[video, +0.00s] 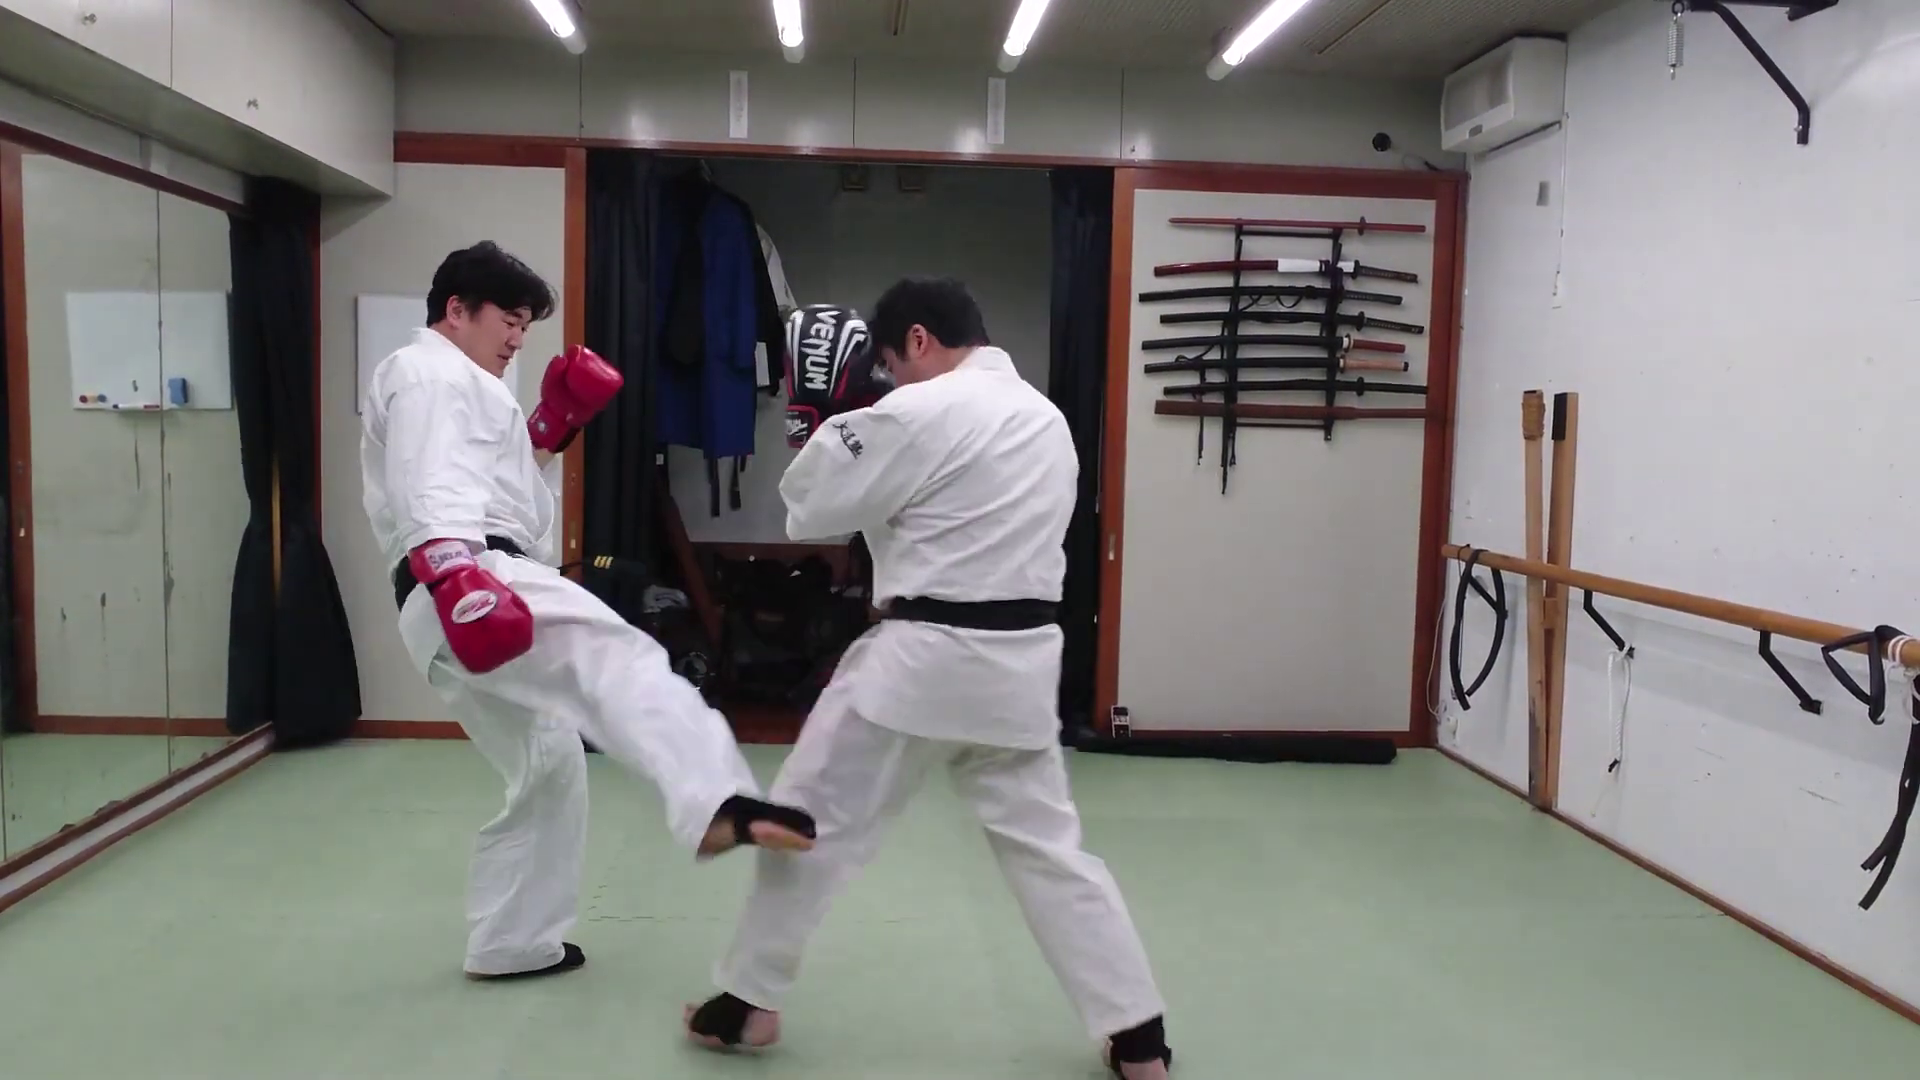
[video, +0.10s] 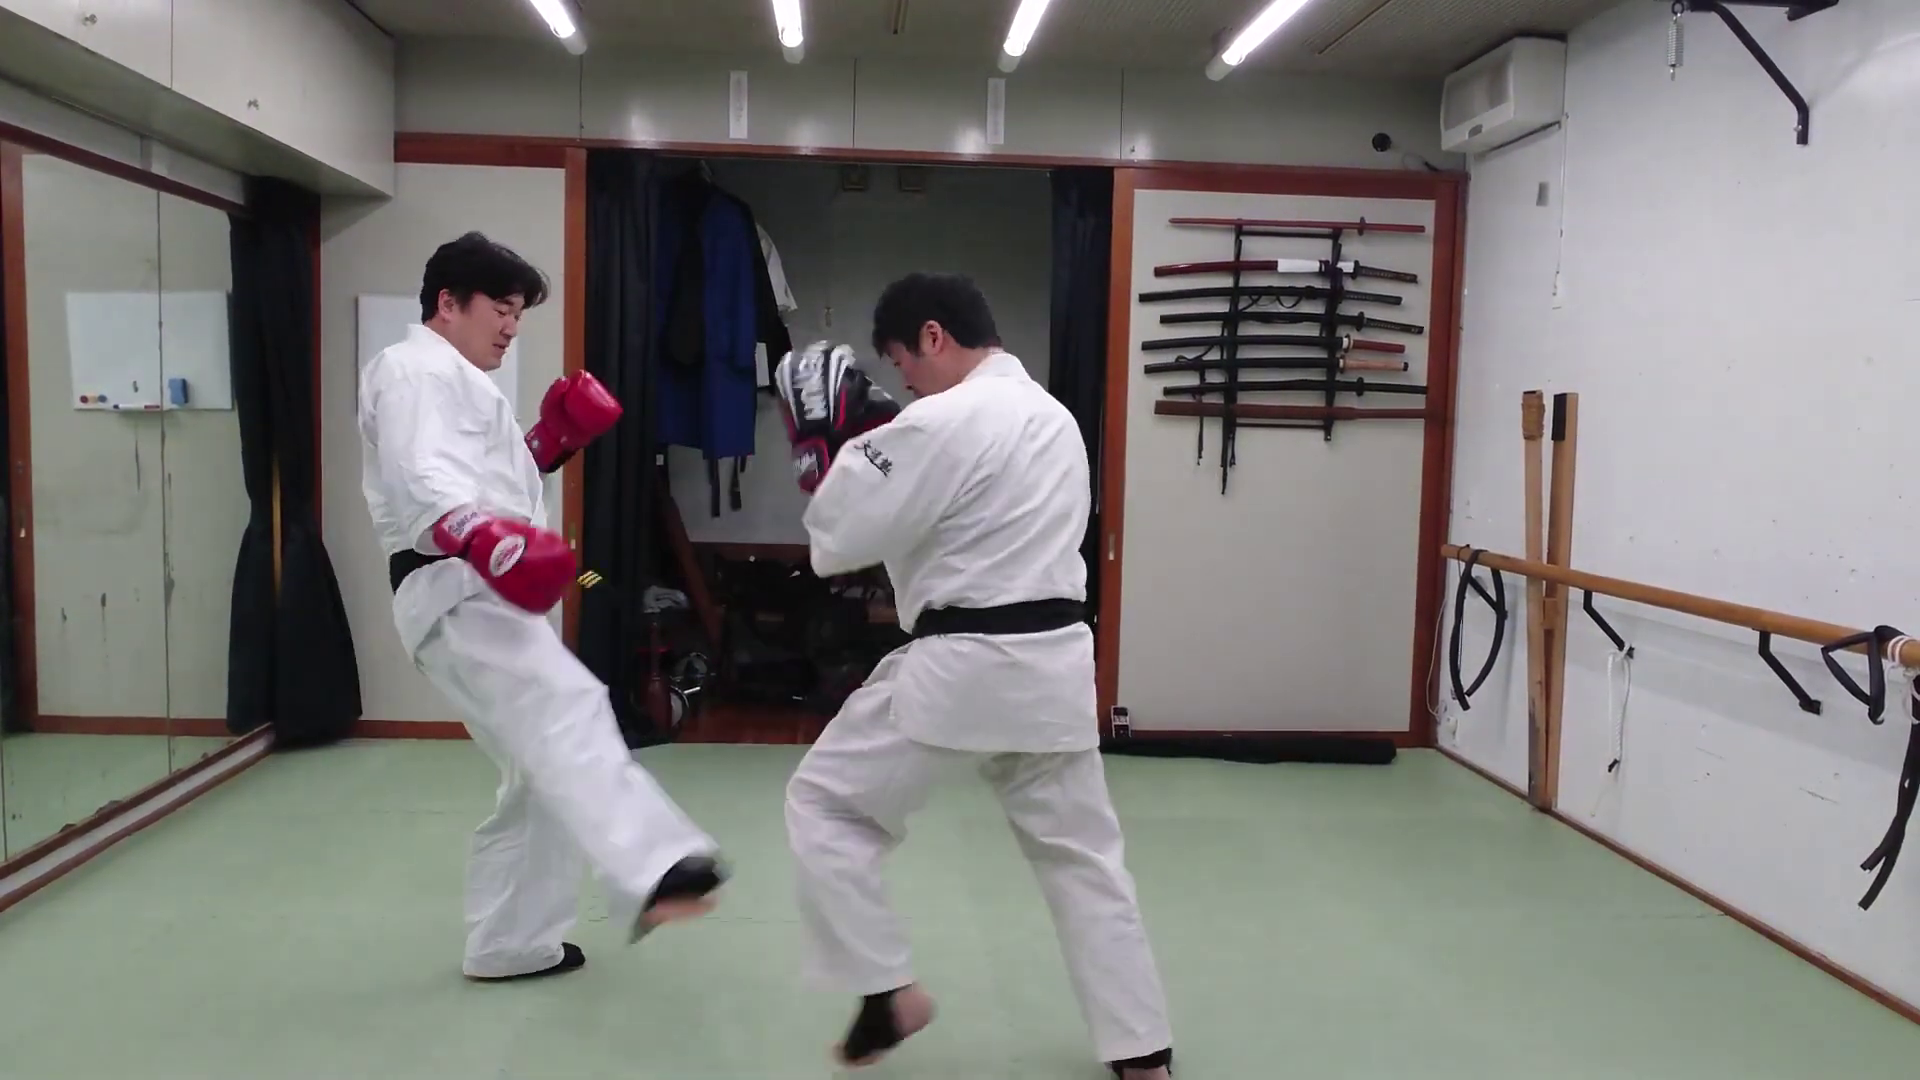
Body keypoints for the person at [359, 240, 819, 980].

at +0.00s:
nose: (519, 335)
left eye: (524, 323)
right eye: (509, 317)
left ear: (465, 317)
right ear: (457, 308)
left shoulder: (481, 388)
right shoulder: (431, 368)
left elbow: (503, 470)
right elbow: (429, 473)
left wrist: (553, 419)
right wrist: (457, 572)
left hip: (440, 597)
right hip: (475, 572)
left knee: (547, 759)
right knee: (621, 658)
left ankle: (511, 944)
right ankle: (713, 799)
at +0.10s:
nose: (512, 326)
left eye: (518, 312)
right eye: (500, 308)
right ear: (448, 304)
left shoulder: (476, 388)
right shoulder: (414, 366)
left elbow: (492, 482)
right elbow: (416, 478)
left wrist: (550, 439)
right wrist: (486, 538)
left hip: (492, 580)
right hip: (449, 582)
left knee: (542, 756)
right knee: (567, 702)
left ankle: (509, 942)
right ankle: (652, 864)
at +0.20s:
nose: (505, 313)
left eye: (510, 299)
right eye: (491, 296)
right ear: (439, 294)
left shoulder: (476, 396)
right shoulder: (393, 361)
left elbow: (491, 493)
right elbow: (391, 463)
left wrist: (549, 458)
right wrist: (498, 470)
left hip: (498, 594)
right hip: (436, 589)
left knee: (546, 759)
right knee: (495, 751)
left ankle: (531, 941)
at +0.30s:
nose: (494, 305)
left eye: (500, 291)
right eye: (481, 286)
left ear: (494, 296)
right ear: (427, 284)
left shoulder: (471, 381)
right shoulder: (375, 356)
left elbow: (477, 487)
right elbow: (370, 462)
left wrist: (542, 472)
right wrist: (467, 438)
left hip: (485, 602)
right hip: (402, 599)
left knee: (517, 771)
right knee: (415, 769)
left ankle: (509, 945)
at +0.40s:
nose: (475, 300)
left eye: (481, 286)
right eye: (459, 283)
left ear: (485, 292)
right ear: (407, 284)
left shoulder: (470, 377)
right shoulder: (341, 360)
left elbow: (465, 473)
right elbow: (342, 461)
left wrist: (517, 470)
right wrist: (439, 423)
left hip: (463, 611)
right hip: (365, 610)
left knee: (494, 783)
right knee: (329, 786)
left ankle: (504, 943)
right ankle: (241, 932)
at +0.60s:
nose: (405, 334)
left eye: (416, 320)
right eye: (391, 315)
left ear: (424, 324)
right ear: (339, 307)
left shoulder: (411, 388)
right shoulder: (277, 377)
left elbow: (456, 485)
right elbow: (343, 478)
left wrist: (487, 424)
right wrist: (424, 413)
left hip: (400, 598)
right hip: (296, 612)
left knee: (499, 693)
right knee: (280, 780)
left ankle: (511, 864)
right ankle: (240, 930)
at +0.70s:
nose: (391, 337)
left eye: (402, 321)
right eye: (377, 319)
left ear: (410, 319)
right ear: (327, 311)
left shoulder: (400, 373)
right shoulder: (270, 378)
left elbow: (459, 468)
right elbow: (349, 470)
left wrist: (470, 404)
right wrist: (447, 419)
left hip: (392, 578)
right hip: (298, 608)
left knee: (506, 600)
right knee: (283, 773)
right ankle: (244, 932)